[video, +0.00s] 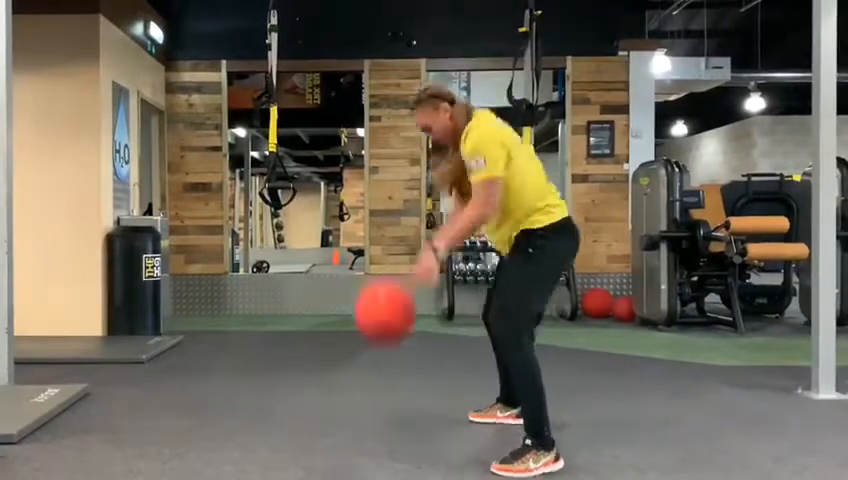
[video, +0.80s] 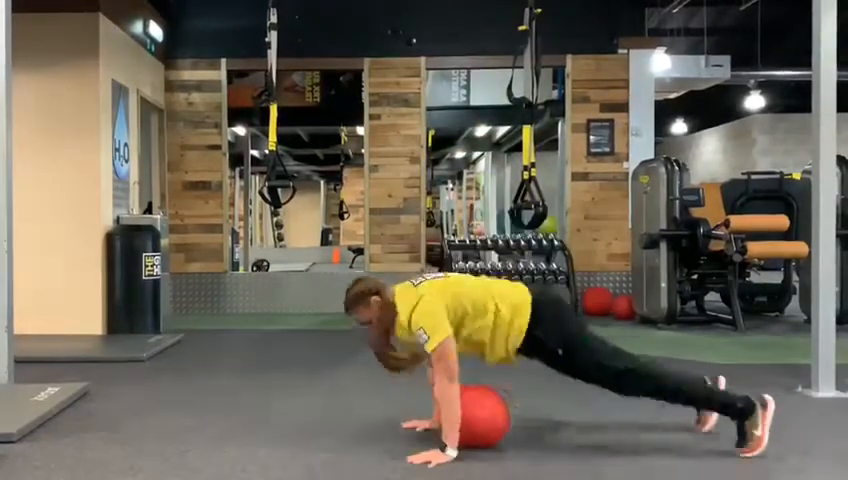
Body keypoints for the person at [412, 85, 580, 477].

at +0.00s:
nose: (430, 138)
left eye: (429, 128)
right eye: (426, 131)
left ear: (447, 111)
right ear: (446, 113)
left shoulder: (482, 134)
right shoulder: (470, 137)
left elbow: (485, 204)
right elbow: (468, 201)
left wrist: (438, 247)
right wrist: (440, 243)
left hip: (548, 235)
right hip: (528, 237)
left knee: (509, 324)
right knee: (495, 317)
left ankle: (541, 445)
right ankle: (512, 403)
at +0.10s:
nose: (416, 177)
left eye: (414, 168)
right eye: (411, 171)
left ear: (432, 150)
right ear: (428, 155)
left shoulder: (472, 171)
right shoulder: (456, 179)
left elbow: (501, 243)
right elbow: (479, 243)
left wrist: (477, 299)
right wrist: (471, 298)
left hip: (562, 244)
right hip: (535, 246)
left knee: (510, 331)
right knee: (494, 316)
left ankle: (543, 448)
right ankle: (511, 401)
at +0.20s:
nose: (411, 213)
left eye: (410, 204)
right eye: (406, 208)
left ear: (426, 184)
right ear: (424, 187)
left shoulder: (465, 201)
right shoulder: (451, 206)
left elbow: (489, 268)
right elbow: (472, 270)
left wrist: (475, 335)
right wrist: (463, 329)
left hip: (568, 251)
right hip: (545, 252)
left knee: (511, 335)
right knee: (498, 323)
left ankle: (546, 447)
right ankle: (513, 401)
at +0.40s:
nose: (408, 277)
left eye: (405, 270)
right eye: (402, 273)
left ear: (418, 251)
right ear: (418, 251)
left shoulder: (456, 257)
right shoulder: (445, 253)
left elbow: (462, 338)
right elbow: (456, 330)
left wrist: (449, 405)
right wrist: (443, 388)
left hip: (574, 258)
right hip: (554, 255)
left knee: (509, 333)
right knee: (493, 315)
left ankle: (544, 448)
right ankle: (512, 402)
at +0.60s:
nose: (398, 326)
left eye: (394, 319)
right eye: (392, 322)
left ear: (403, 301)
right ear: (404, 294)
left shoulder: (440, 301)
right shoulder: (429, 292)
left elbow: (455, 379)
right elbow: (447, 367)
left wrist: (449, 447)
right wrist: (442, 418)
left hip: (545, 233)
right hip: (524, 245)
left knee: (581, 336)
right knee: (537, 325)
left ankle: (689, 408)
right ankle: (612, 375)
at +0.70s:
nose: (375, 338)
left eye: (372, 331)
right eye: (370, 334)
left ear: (381, 314)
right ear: (381, 309)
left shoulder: (424, 310)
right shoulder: (409, 305)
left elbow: (449, 378)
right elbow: (439, 369)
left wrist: (448, 447)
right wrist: (442, 415)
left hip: (537, 267)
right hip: (521, 276)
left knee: (608, 345)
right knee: (581, 347)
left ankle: (741, 384)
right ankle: (673, 365)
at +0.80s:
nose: (366, 328)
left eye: (365, 319)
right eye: (361, 322)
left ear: (379, 303)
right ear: (377, 303)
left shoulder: (423, 307)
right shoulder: (410, 306)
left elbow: (447, 377)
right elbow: (442, 369)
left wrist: (449, 446)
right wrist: (441, 415)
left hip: (540, 319)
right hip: (531, 320)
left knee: (627, 376)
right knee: (622, 369)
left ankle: (747, 407)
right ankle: (707, 390)